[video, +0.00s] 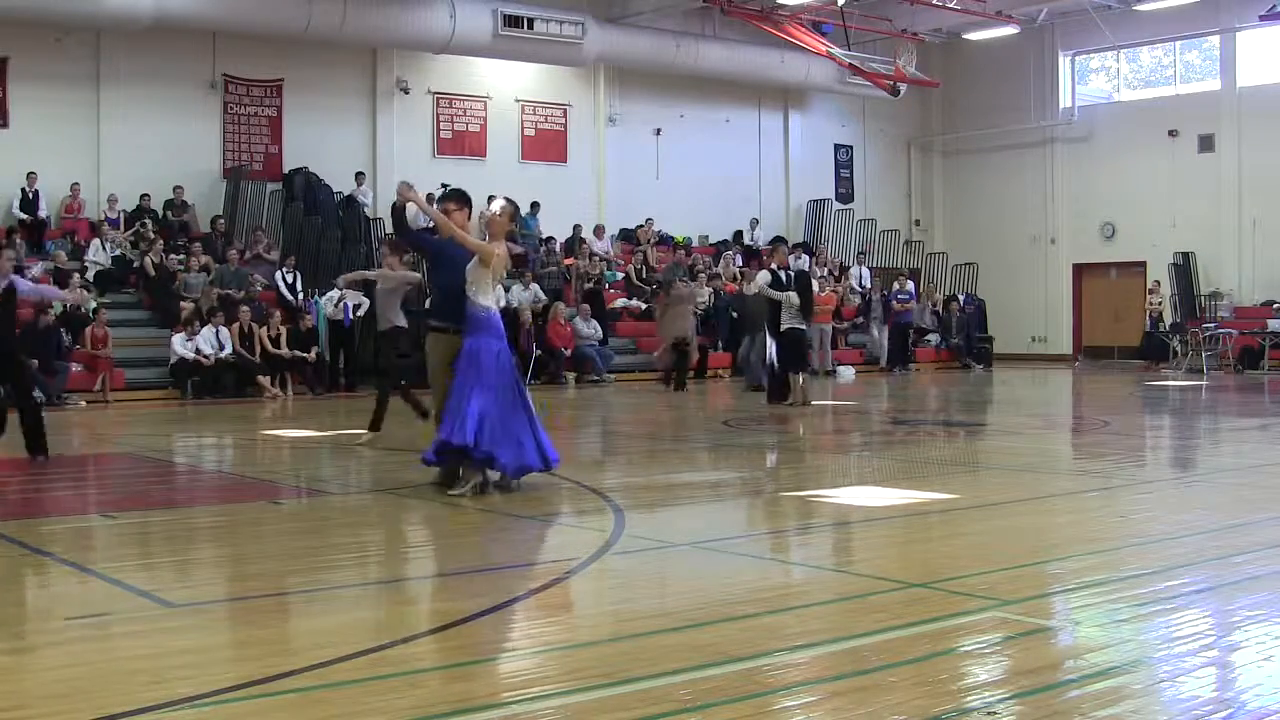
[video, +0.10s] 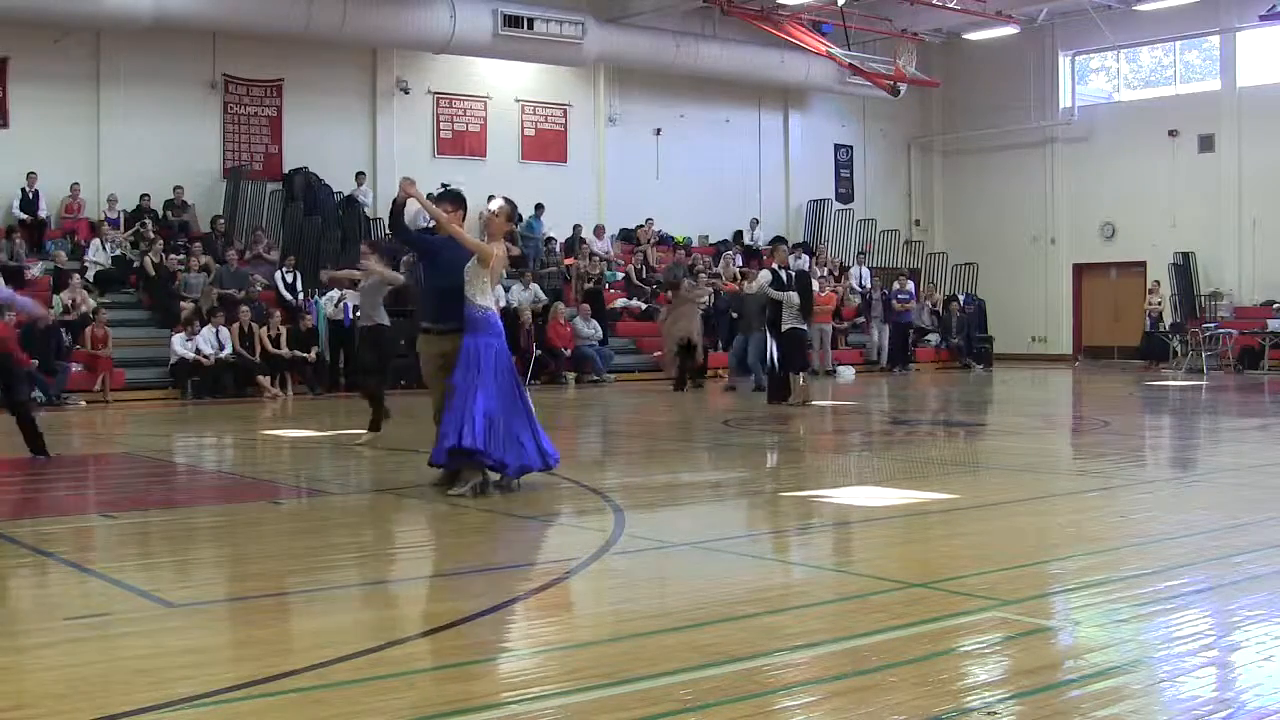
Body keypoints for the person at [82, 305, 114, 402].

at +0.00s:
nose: (106, 316)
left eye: (106, 314)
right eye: (103, 314)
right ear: (96, 316)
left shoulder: (107, 331)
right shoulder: (89, 330)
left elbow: (109, 348)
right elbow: (88, 349)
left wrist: (104, 352)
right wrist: (100, 353)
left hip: (103, 356)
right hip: (92, 356)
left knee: (103, 361)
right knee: (105, 367)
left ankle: (98, 382)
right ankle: (106, 394)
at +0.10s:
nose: (105, 316)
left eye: (106, 314)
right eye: (103, 314)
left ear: (106, 316)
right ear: (95, 316)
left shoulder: (108, 330)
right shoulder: (89, 330)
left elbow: (109, 348)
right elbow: (88, 349)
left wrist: (103, 352)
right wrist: (100, 353)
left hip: (103, 355)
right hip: (93, 356)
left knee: (104, 361)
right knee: (106, 365)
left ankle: (98, 382)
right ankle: (107, 394)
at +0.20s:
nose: (105, 316)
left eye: (106, 314)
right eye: (103, 314)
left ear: (106, 316)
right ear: (96, 316)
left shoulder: (108, 331)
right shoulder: (89, 330)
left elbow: (109, 348)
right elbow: (88, 349)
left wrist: (103, 352)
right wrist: (100, 353)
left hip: (103, 355)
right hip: (93, 356)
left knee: (104, 360)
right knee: (106, 365)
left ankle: (98, 382)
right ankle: (107, 394)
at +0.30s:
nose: (105, 316)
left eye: (106, 314)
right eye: (103, 314)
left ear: (106, 316)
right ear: (96, 316)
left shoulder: (108, 331)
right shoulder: (89, 330)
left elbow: (109, 348)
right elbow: (88, 349)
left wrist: (102, 352)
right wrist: (100, 353)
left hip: (103, 355)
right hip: (93, 356)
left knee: (104, 360)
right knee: (106, 365)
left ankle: (98, 382)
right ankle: (107, 394)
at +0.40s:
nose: (105, 316)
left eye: (106, 314)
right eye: (103, 314)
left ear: (106, 316)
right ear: (96, 316)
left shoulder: (108, 331)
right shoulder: (89, 330)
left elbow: (109, 348)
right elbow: (88, 349)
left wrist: (102, 352)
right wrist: (100, 353)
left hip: (103, 355)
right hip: (92, 356)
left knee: (104, 360)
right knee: (106, 365)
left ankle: (98, 382)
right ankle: (107, 394)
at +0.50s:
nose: (106, 316)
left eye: (106, 314)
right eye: (103, 314)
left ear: (106, 316)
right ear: (96, 316)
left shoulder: (108, 330)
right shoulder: (89, 330)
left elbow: (109, 348)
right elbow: (88, 349)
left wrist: (102, 352)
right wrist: (100, 353)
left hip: (103, 355)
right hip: (92, 356)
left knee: (104, 360)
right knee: (106, 365)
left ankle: (98, 382)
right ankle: (107, 393)